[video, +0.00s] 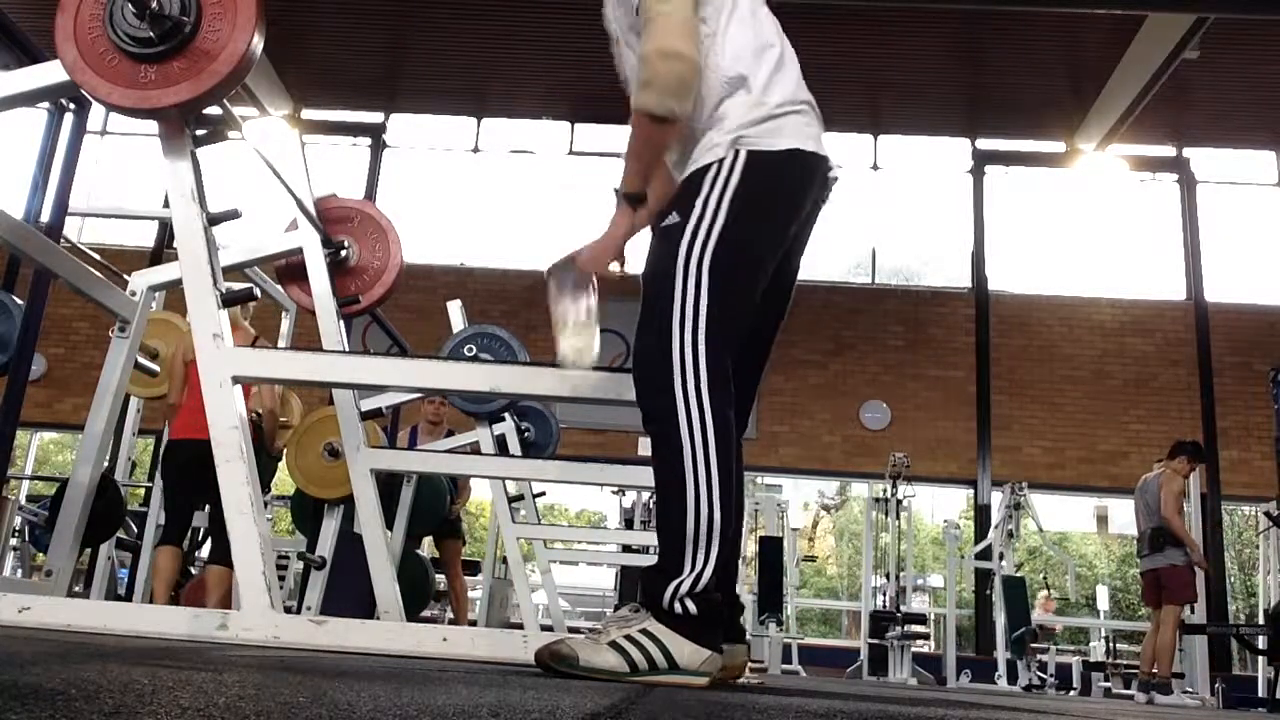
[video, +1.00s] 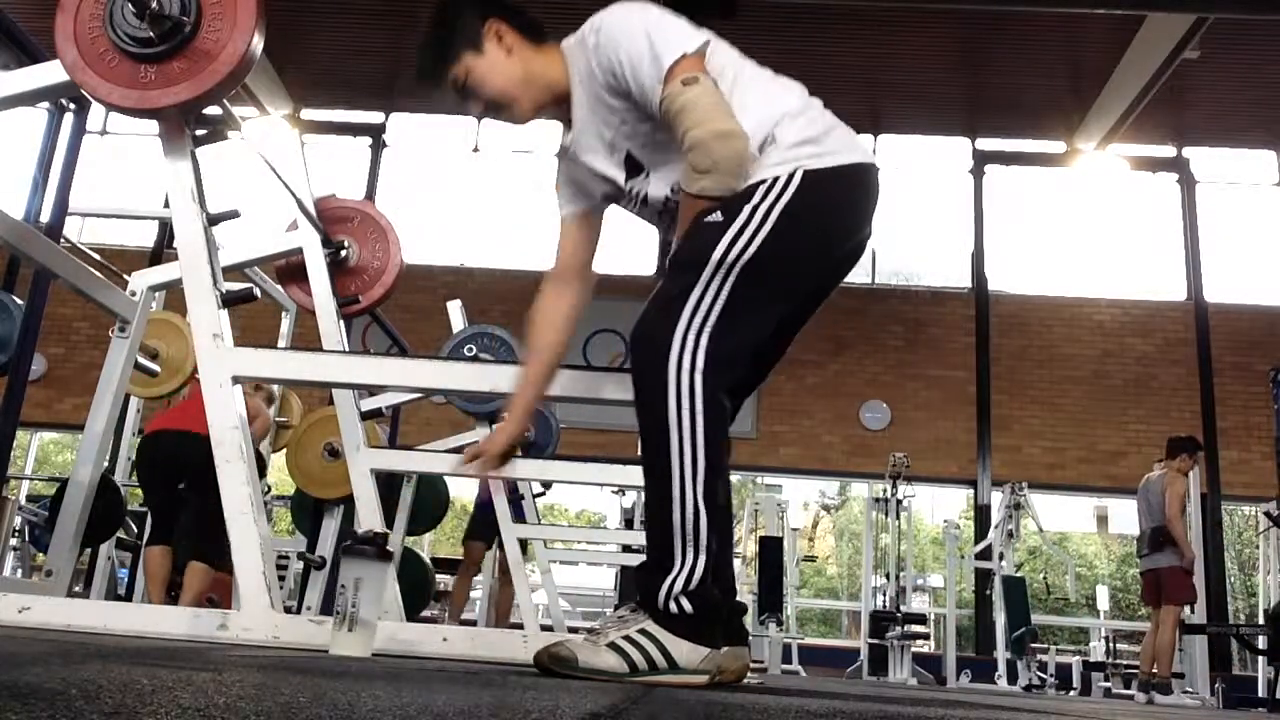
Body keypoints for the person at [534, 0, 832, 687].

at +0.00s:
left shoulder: (662, 4)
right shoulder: (656, 16)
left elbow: (671, 70)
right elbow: (680, 153)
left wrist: (634, 196)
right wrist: (611, 241)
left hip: (744, 147)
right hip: (780, 152)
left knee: (680, 373)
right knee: (706, 388)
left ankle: (686, 623)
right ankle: (709, 627)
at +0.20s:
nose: (480, 58)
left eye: (472, 35)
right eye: (470, 51)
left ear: (504, 2)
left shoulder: (612, 9)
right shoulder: (592, 114)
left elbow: (693, 139)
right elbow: (599, 251)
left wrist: (671, 233)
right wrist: (550, 362)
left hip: (780, 162)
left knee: (666, 356)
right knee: (699, 388)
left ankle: (684, 624)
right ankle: (712, 632)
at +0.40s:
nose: (456, 160)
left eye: (446, 138)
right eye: (440, 152)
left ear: (477, 88)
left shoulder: (593, 61)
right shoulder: (561, 199)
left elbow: (717, 160)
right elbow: (531, 332)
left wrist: (674, 234)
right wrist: (454, 463)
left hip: (797, 186)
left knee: (643, 351)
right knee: (669, 398)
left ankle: (688, 624)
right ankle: (709, 629)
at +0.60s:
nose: (453, 214)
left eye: (442, 192)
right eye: (438, 209)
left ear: (470, 138)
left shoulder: (586, 98)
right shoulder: (546, 248)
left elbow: (726, 174)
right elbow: (494, 376)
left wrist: (660, 265)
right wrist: (410, 503)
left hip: (803, 209)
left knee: (634, 345)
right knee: (655, 390)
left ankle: (686, 621)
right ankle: (700, 626)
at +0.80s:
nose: (456, 172)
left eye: (447, 151)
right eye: (442, 165)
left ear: (479, 101)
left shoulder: (599, 73)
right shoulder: (556, 211)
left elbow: (726, 164)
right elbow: (505, 343)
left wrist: (672, 241)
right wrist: (425, 481)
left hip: (807, 195)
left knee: (650, 342)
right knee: (658, 374)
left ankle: (691, 622)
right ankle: (664, 609)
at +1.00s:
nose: (477, 106)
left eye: (469, 84)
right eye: (466, 98)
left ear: (500, 38)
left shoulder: (620, 30)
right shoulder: (580, 157)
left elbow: (721, 149)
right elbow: (564, 285)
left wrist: (676, 259)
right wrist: (516, 417)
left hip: (802, 171)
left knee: (667, 350)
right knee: (689, 387)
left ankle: (684, 623)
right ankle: (710, 629)